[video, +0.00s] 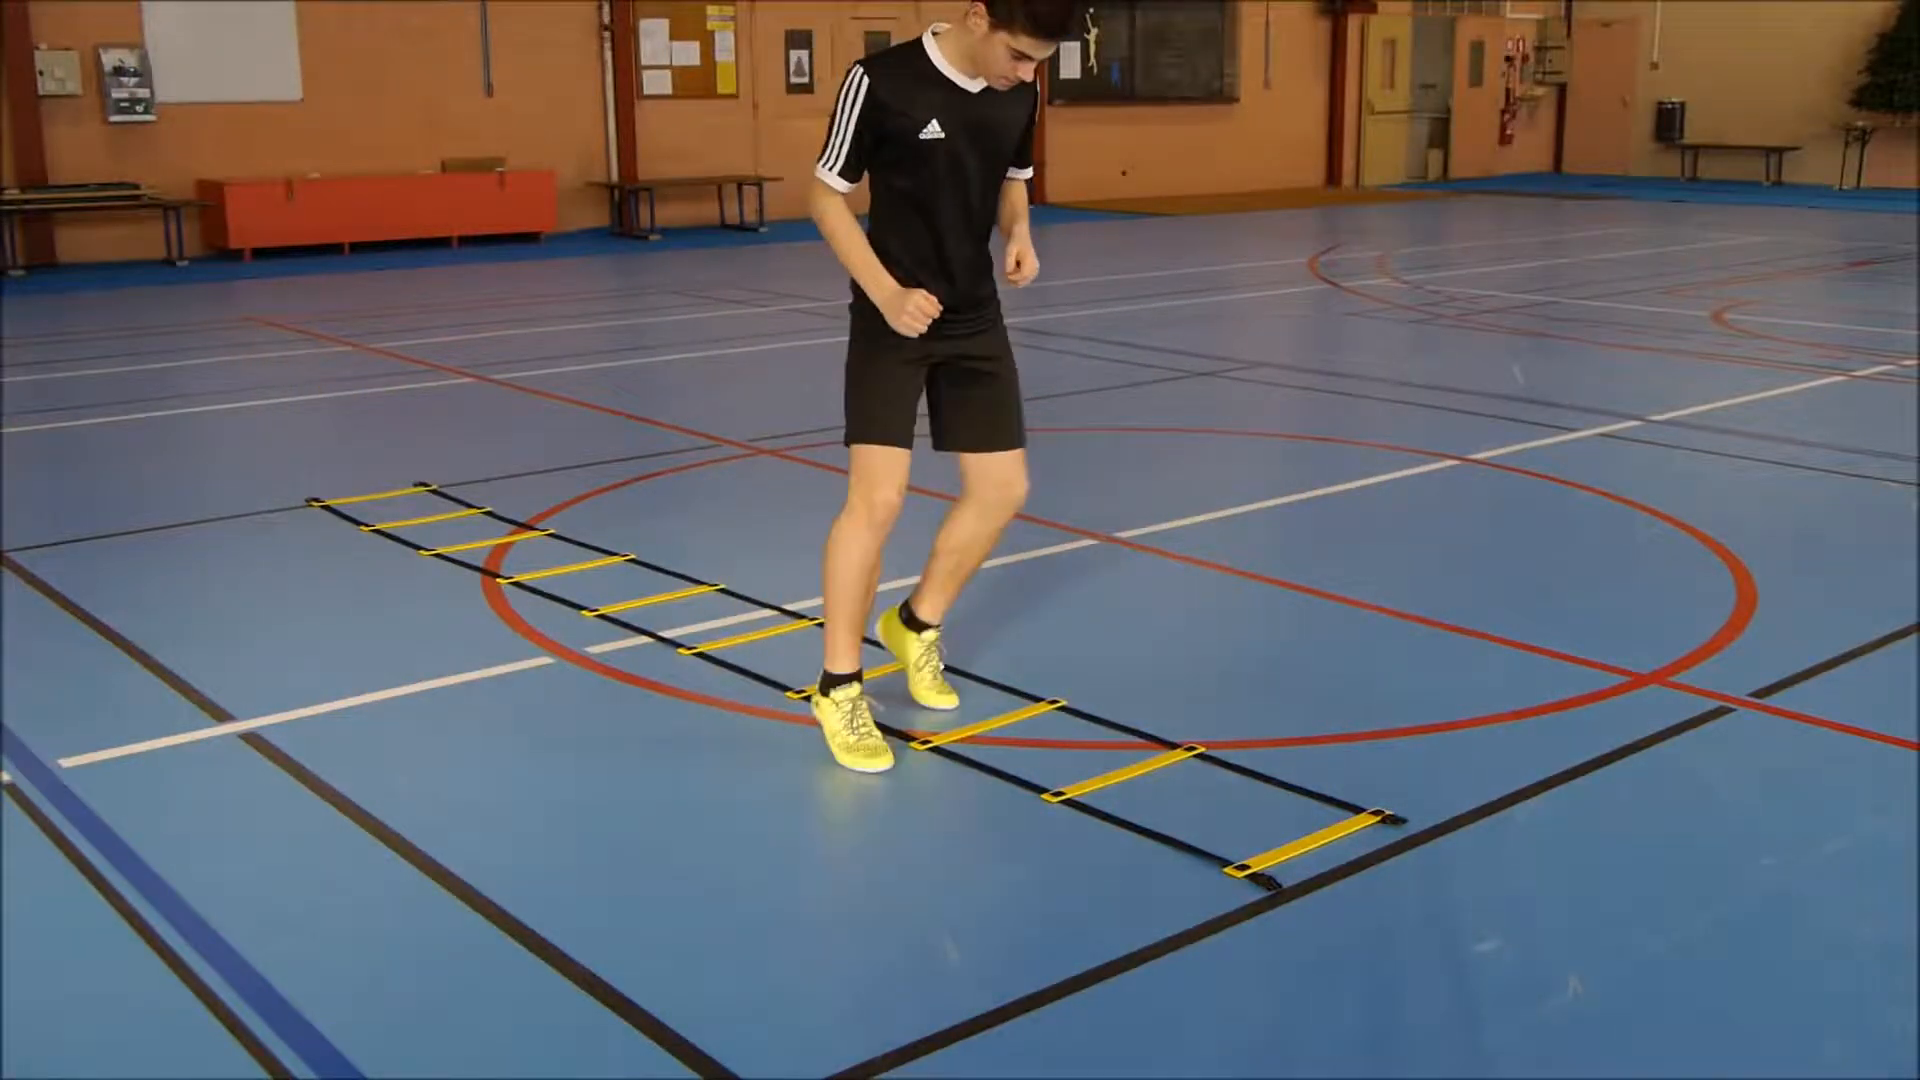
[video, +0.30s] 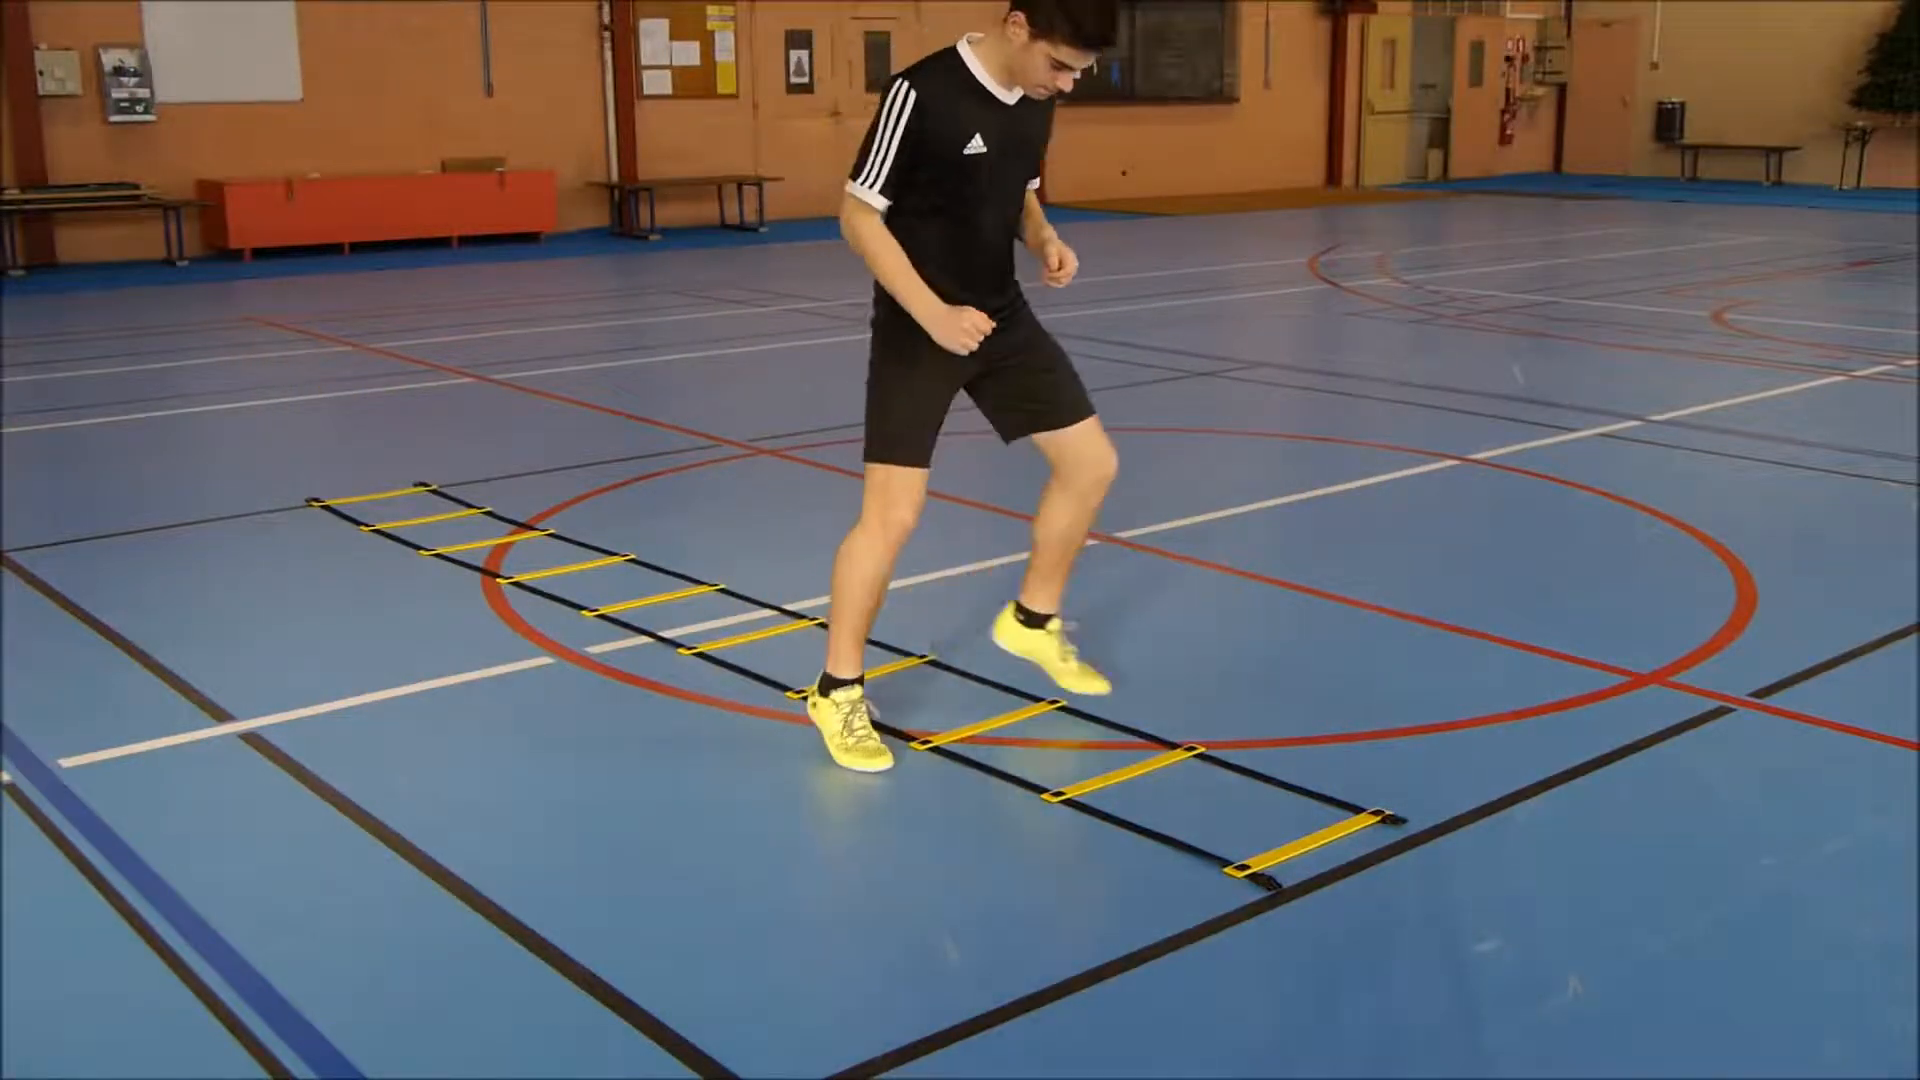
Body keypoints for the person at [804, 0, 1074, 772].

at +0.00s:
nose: (1028, 72)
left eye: (1039, 59)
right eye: (1020, 53)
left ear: (1048, 42)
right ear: (975, 17)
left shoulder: (1016, 88)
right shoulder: (877, 81)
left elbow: (1012, 179)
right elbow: (826, 197)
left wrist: (1018, 232)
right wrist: (885, 292)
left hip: (974, 315)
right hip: (889, 316)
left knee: (1000, 488)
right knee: (876, 498)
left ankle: (916, 623)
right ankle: (838, 686)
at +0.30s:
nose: (1066, 85)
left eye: (1078, 72)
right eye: (1059, 66)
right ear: (1013, 25)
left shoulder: (1036, 97)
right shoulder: (921, 91)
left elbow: (1021, 191)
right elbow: (856, 214)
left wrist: (1043, 239)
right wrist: (931, 312)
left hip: (999, 313)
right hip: (914, 321)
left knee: (1089, 465)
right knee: (890, 513)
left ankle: (1033, 619)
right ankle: (837, 687)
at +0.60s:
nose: (1095, 85)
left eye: (1107, 72)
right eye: (1089, 65)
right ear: (1044, 25)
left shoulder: (1083, 95)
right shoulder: (940, 89)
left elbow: (1075, 183)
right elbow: (886, 204)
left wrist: (1084, 236)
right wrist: (936, 298)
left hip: (1047, 319)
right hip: (958, 323)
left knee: (1085, 492)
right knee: (967, 511)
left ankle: (1063, 648)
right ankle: (936, 664)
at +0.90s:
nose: (1138, 83)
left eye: (1149, 70)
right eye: (1131, 63)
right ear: (1086, 24)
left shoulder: (1117, 98)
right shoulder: (979, 92)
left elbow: (1108, 200)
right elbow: (915, 208)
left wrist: (1122, 242)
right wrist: (952, 321)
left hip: (1079, 334)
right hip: (995, 343)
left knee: (1113, 506)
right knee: (1019, 534)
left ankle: (1057, 644)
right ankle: (1014, 693)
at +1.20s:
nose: (1181, 68)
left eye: (1194, 56)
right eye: (1176, 48)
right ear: (1136, 8)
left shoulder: (1143, 86)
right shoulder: (1013, 59)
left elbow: (1123, 182)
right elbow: (942, 178)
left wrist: (1162, 226)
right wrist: (972, 298)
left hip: (1097, 313)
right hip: (1012, 317)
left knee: (1103, 509)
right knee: (1038, 515)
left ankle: (1043, 674)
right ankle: (1005, 672)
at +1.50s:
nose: (1213, 98)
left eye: (1227, 86)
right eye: (1208, 77)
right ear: (1161, 32)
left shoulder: (1179, 108)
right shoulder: (1045, 103)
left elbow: (1160, 205)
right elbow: (974, 223)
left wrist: (1186, 252)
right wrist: (1021, 342)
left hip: (1120, 343)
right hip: (1034, 345)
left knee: (1180, 518)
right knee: (1023, 550)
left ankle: (1065, 654)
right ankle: (966, 744)